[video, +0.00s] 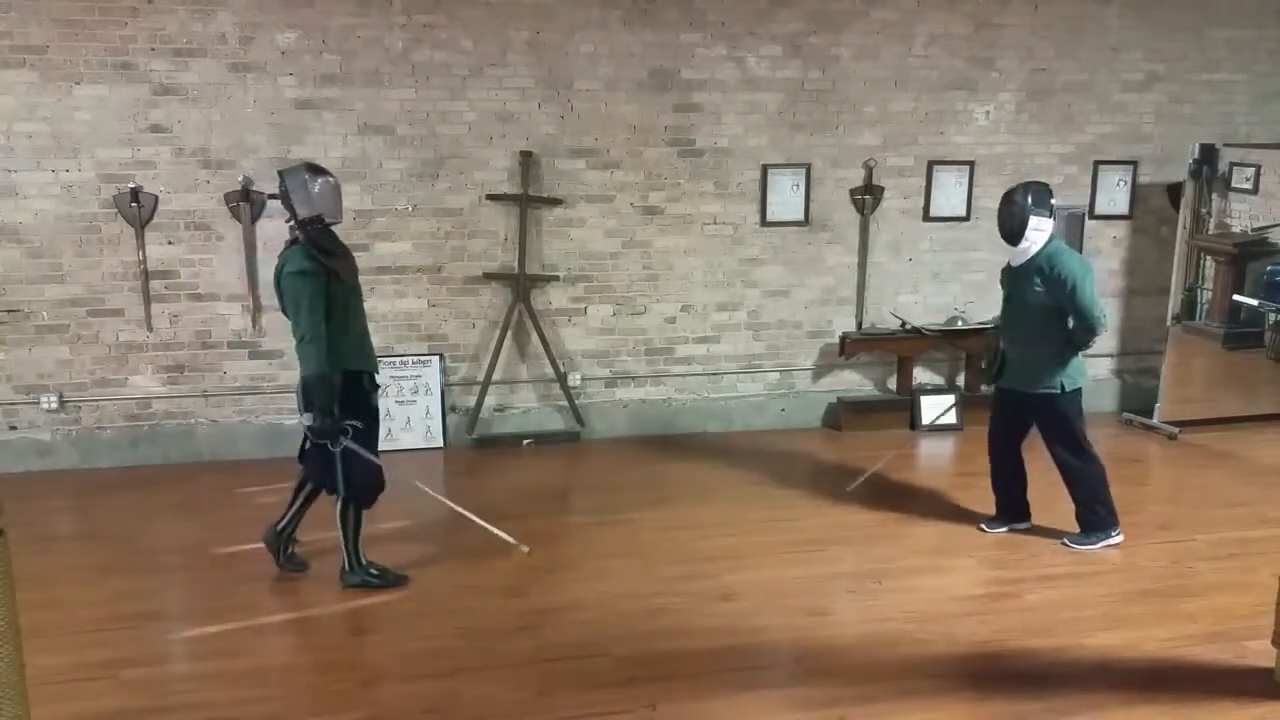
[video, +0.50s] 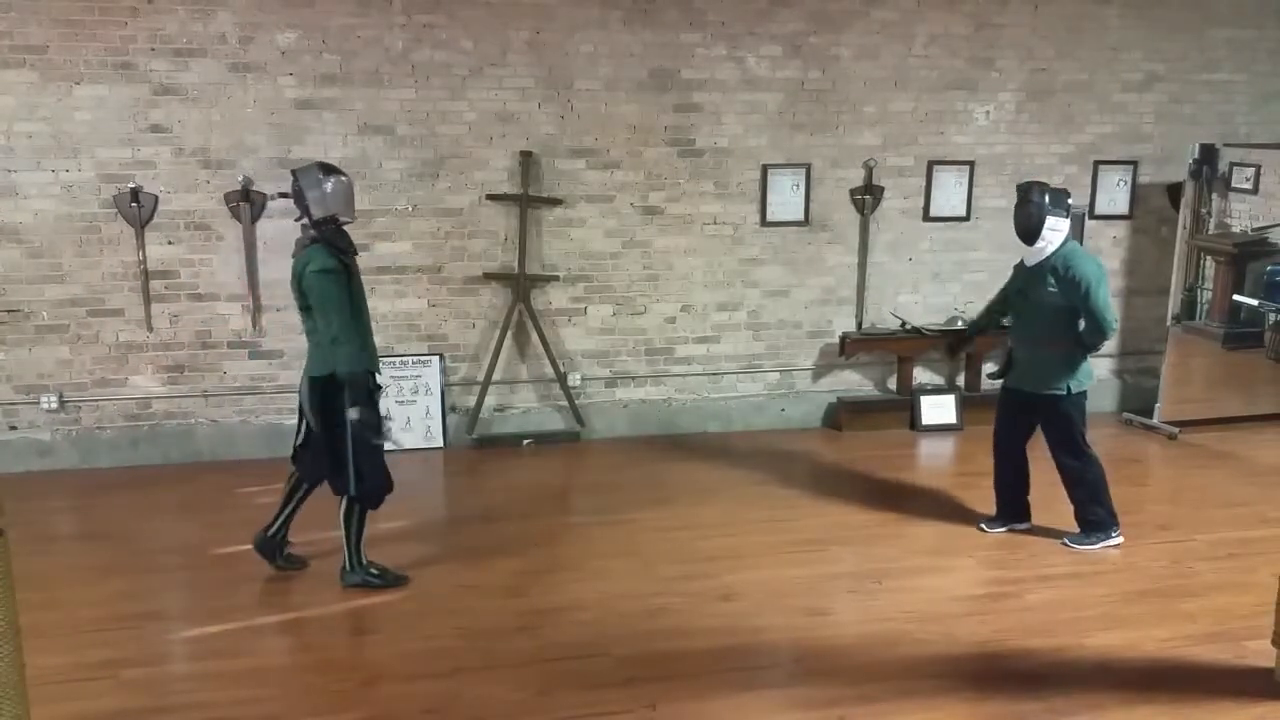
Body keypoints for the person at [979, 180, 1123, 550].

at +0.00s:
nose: (1003, 221)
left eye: (1011, 213)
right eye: (1003, 213)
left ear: (1035, 218)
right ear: (1035, 219)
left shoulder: (1064, 263)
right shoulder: (1015, 265)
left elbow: (1092, 322)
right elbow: (1015, 316)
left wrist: (1069, 342)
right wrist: (1009, 342)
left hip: (1055, 377)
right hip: (1016, 374)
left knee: (1073, 453)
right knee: (1002, 444)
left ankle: (1102, 526)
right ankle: (1013, 514)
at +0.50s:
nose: (1020, 218)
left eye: (1028, 211)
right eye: (1019, 211)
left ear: (1052, 219)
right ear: (1047, 220)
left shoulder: (1078, 265)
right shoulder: (1027, 267)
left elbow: (1103, 324)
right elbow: (999, 308)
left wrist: (1078, 346)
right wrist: (968, 335)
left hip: (1062, 379)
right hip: (1022, 376)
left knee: (1072, 454)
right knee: (1007, 443)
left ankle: (1102, 527)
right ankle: (1012, 514)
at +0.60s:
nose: (1023, 220)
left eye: (1031, 213)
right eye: (1023, 212)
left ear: (1053, 218)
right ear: (1035, 216)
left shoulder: (1081, 264)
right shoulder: (1033, 262)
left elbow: (1105, 326)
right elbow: (993, 290)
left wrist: (1081, 345)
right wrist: (945, 312)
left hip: (1063, 377)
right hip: (1025, 373)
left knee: (1071, 453)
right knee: (1009, 444)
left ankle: (1102, 527)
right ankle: (1013, 515)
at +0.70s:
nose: (1026, 218)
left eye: (1033, 211)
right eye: (1027, 211)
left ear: (1057, 218)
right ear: (1050, 219)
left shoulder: (1084, 265)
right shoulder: (1034, 256)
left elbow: (1106, 328)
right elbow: (990, 271)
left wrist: (1081, 347)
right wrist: (932, 280)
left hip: (1064, 379)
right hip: (1026, 373)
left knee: (1073, 455)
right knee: (1011, 445)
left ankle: (1102, 527)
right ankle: (1014, 513)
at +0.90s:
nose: (1032, 219)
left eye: (1041, 213)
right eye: (1033, 212)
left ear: (1064, 219)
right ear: (1044, 217)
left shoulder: (1088, 269)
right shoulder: (1038, 249)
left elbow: (1107, 332)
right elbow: (993, 236)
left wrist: (1082, 344)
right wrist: (937, 221)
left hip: (1067, 380)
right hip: (1030, 373)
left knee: (1073, 455)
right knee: (1016, 445)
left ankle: (1102, 527)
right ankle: (1014, 513)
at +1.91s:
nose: (1023, 230)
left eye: (1030, 225)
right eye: (1023, 223)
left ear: (1053, 230)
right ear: (1026, 224)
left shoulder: (1071, 276)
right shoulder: (1020, 246)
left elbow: (1088, 343)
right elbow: (983, 216)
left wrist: (1063, 349)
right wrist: (941, 185)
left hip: (1047, 383)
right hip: (1009, 375)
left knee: (1059, 456)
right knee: (985, 439)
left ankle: (1101, 527)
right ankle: (988, 513)